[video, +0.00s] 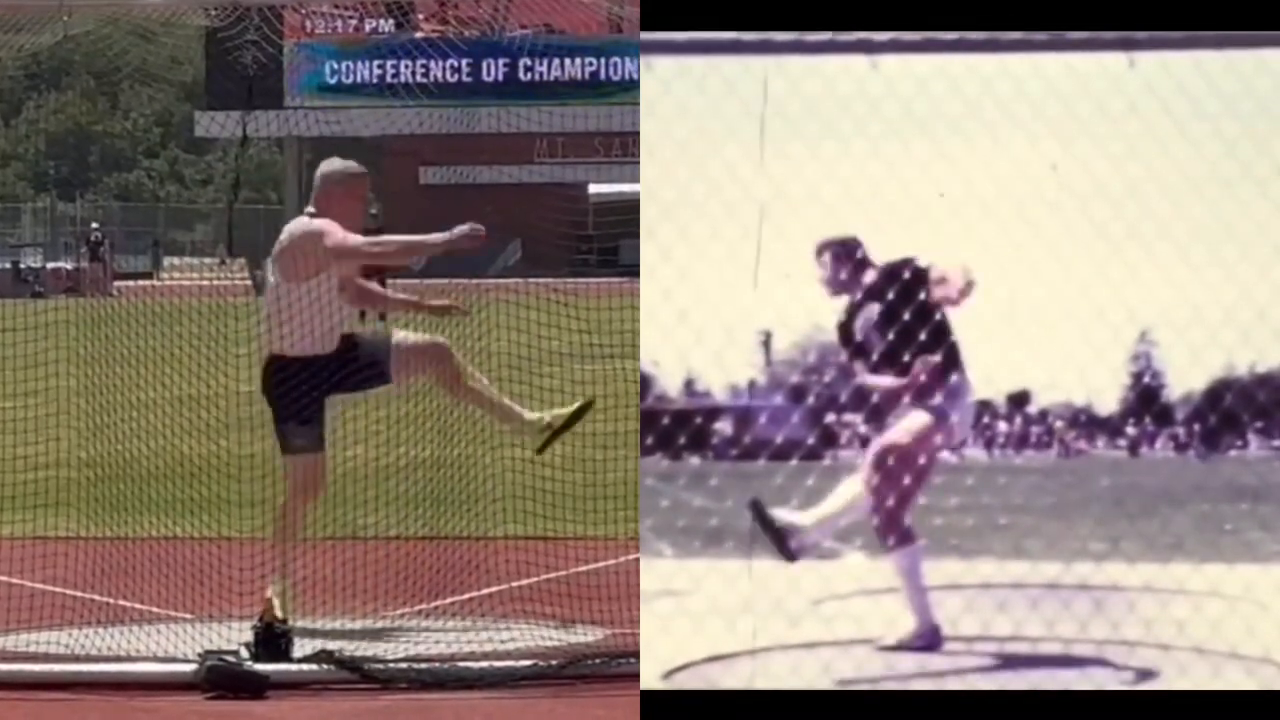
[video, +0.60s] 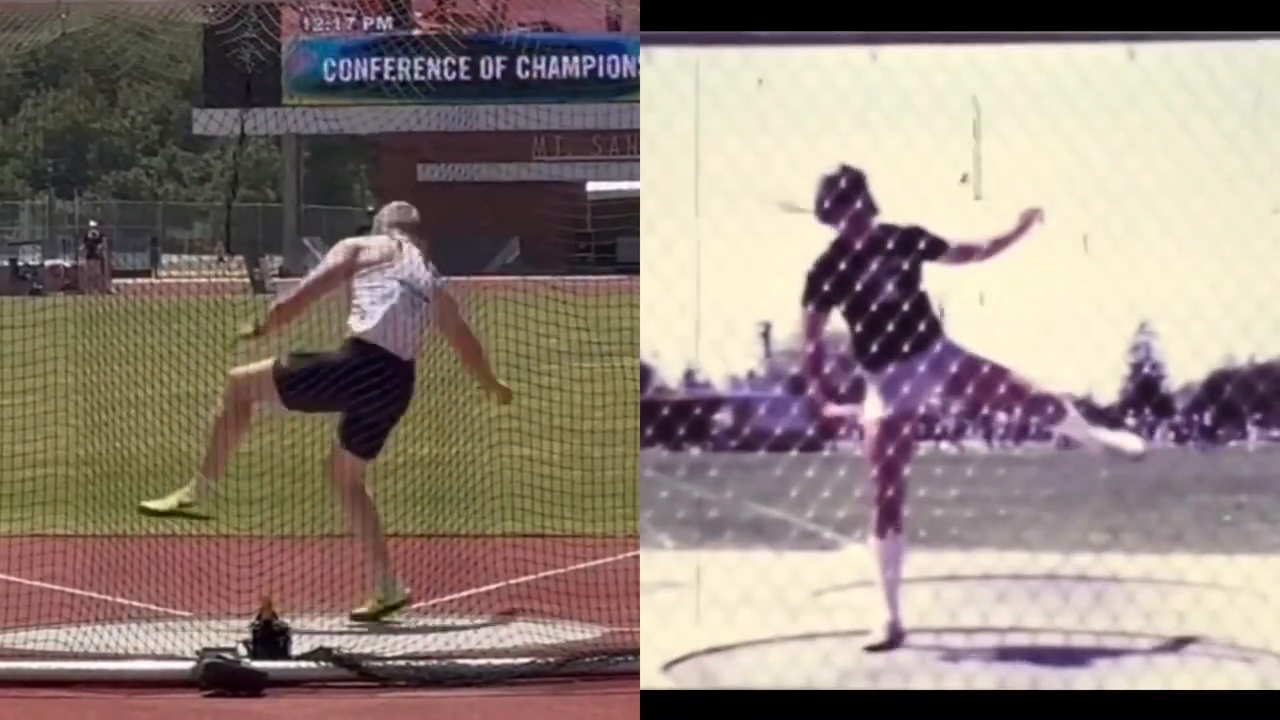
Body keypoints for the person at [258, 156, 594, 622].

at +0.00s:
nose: (366, 205)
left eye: (366, 196)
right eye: (360, 196)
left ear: (340, 197)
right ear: (332, 194)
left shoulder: (337, 240)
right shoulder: (307, 231)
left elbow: (360, 291)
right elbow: (373, 248)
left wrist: (422, 302)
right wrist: (446, 240)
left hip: (337, 355)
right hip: (293, 372)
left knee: (436, 355)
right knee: (306, 484)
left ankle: (530, 427)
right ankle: (276, 603)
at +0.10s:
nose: (388, 195)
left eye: (388, 187)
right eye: (382, 187)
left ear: (357, 190)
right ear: (358, 188)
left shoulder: (349, 230)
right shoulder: (337, 222)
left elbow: (345, 297)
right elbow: (421, 215)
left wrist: (384, 320)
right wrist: (479, 192)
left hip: (333, 349)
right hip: (295, 364)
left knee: (410, 366)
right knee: (334, 475)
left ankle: (470, 436)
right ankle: (292, 581)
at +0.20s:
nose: (404, 207)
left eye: (403, 200)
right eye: (400, 199)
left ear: (363, 193)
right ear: (382, 196)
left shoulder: (334, 224)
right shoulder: (370, 228)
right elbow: (448, 212)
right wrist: (498, 167)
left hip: (299, 351)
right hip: (318, 358)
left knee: (357, 360)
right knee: (350, 472)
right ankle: (323, 590)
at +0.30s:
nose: (416, 212)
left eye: (414, 202)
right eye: (413, 202)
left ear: (374, 202)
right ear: (399, 203)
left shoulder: (332, 237)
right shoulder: (399, 245)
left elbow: (294, 299)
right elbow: (487, 235)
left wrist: (308, 339)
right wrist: (505, 175)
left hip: (303, 360)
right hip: (352, 375)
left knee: (287, 403)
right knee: (354, 497)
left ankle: (253, 454)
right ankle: (323, 594)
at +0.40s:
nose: (412, 215)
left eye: (403, 208)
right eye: (417, 208)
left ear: (377, 206)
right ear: (418, 212)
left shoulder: (336, 241)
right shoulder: (425, 252)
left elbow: (288, 306)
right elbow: (510, 270)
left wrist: (283, 343)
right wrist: (512, 217)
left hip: (314, 362)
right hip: (367, 382)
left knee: (254, 401)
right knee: (359, 493)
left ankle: (194, 474)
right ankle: (327, 593)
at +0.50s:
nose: (400, 213)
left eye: (394, 207)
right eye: (410, 211)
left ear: (386, 215)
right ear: (426, 224)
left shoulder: (353, 240)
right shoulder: (440, 268)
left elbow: (297, 289)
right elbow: (497, 309)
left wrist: (271, 333)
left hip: (336, 361)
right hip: (383, 380)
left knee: (244, 385)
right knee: (352, 472)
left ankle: (187, 483)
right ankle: (362, 591)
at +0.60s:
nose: (374, 228)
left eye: (378, 223)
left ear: (381, 226)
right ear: (418, 236)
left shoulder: (361, 246)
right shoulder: (430, 278)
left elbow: (308, 290)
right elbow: (462, 337)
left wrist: (268, 323)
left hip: (359, 362)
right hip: (398, 383)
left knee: (240, 386)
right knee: (346, 473)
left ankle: (199, 491)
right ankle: (387, 587)